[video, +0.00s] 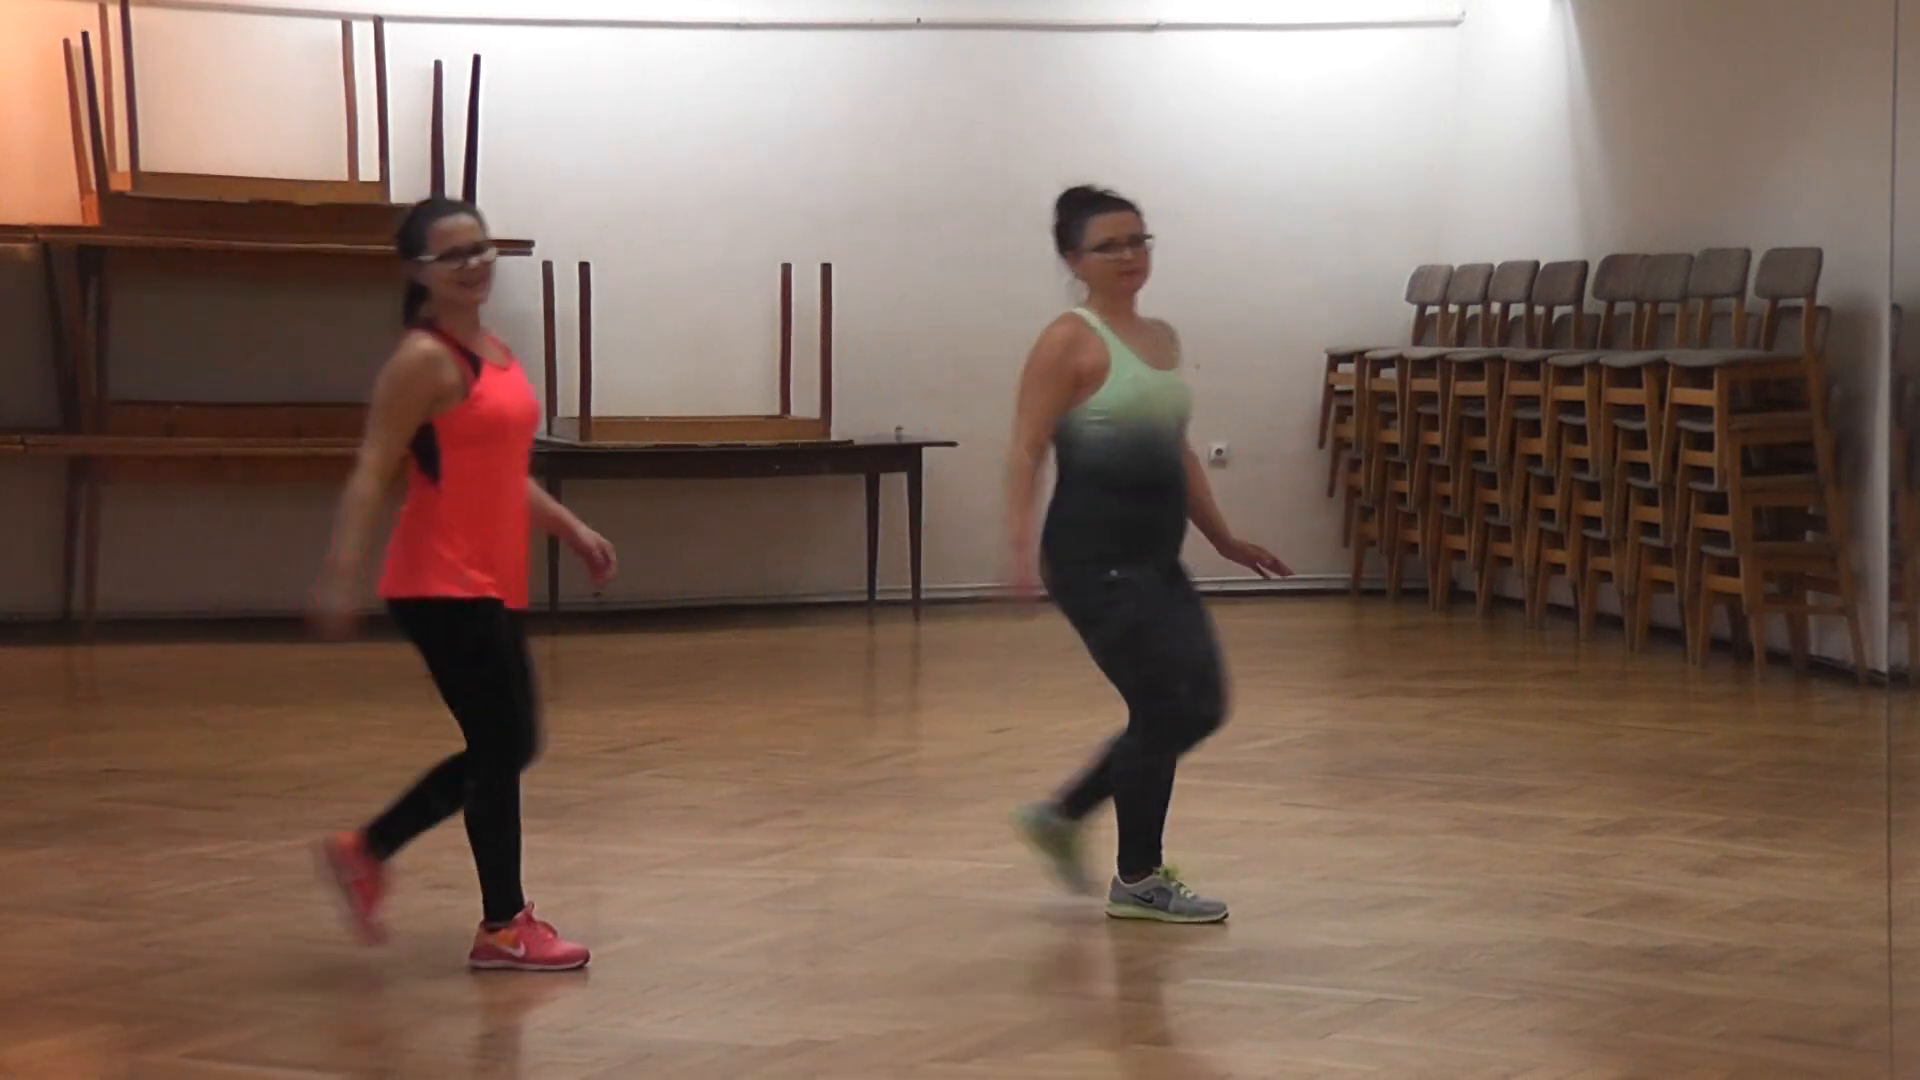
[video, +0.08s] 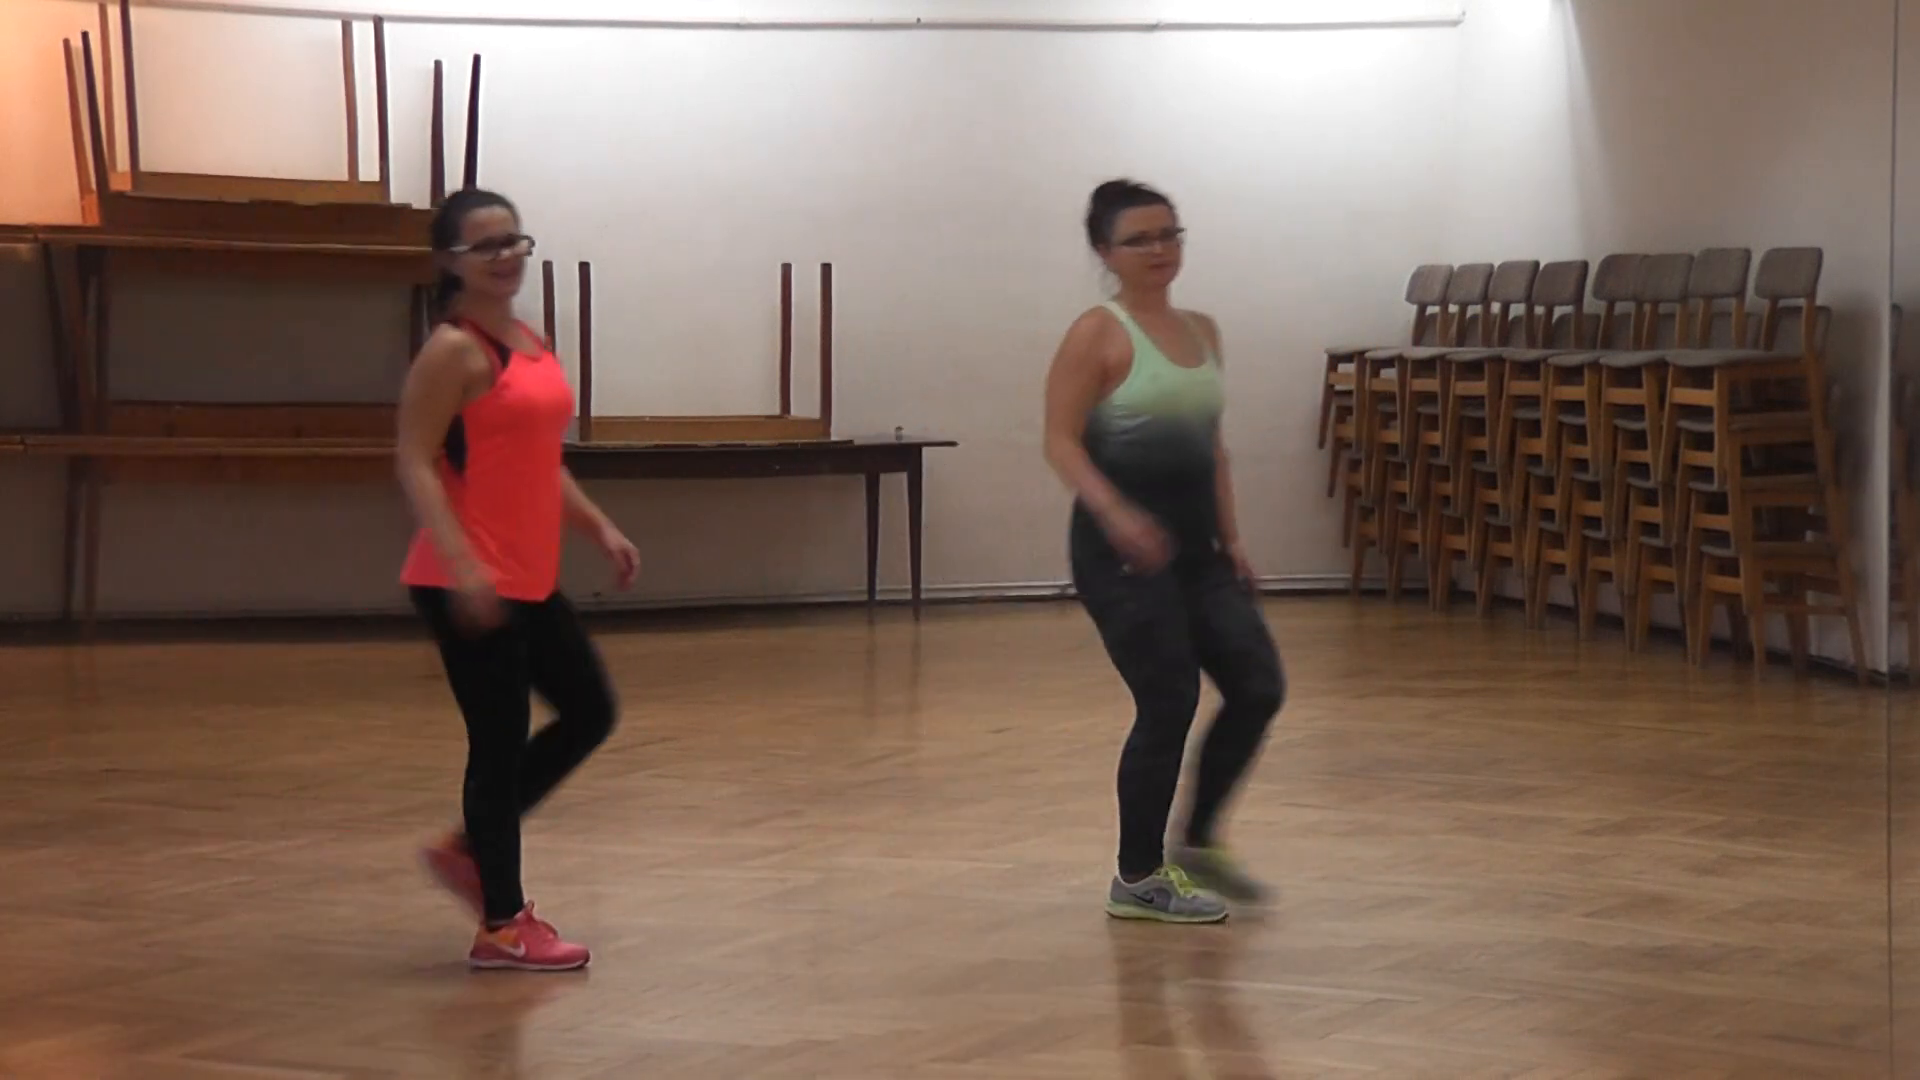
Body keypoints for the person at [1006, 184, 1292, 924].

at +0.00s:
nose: (1131, 256)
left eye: (1137, 242)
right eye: (1111, 247)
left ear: (1150, 247)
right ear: (1074, 262)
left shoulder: (1160, 340)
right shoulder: (1066, 342)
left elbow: (1175, 451)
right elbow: (1026, 452)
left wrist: (1223, 539)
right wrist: (1019, 550)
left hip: (1154, 557)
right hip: (1091, 561)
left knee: (1199, 703)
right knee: (1161, 707)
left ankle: (1060, 814)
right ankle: (1138, 879)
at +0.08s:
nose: (1160, 251)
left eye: (1169, 236)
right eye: (1139, 241)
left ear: (1181, 241)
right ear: (1106, 254)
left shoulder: (1200, 332)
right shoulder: (1096, 334)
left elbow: (1210, 447)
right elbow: (1060, 441)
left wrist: (1229, 538)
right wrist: (1117, 513)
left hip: (1195, 546)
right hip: (1122, 549)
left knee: (1257, 686)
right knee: (1168, 697)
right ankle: (1137, 877)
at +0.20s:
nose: (1204, 239)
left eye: (1214, 223)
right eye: (1184, 229)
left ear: (1229, 227)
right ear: (1151, 239)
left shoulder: (1259, 323)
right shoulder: (1130, 323)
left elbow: (1274, 434)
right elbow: (1104, 430)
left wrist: (1294, 527)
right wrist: (1194, 441)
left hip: (1247, 531)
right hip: (1161, 534)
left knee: (1288, 694)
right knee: (1176, 694)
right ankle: (1141, 873)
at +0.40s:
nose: (1265, 243)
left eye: (1277, 228)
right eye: (1246, 232)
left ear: (1291, 233)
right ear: (1215, 241)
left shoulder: (1328, 322)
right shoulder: (1187, 330)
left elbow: (1368, 418)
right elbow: (1174, 433)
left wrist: (1350, 455)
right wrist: (1222, 460)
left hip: (1314, 533)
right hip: (1223, 537)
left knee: (1317, 702)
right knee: (1220, 703)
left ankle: (1333, 867)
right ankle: (1222, 838)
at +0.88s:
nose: (1300, 248)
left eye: (1310, 229)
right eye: (1280, 240)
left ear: (1331, 225)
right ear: (1259, 251)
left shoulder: (1375, 317)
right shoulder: (1251, 322)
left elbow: (1432, 425)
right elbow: (1218, 410)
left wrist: (1407, 357)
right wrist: (1147, 468)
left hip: (1363, 538)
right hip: (1276, 540)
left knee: (1366, 694)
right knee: (1271, 698)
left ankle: (1400, 842)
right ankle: (1324, 821)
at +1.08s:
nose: (1285, 244)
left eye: (1296, 226)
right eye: (1267, 235)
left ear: (1322, 225)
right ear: (1251, 246)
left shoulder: (1371, 311)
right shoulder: (1263, 310)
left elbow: (1447, 395)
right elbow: (1265, 377)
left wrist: (1407, 378)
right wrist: (1192, 406)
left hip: (1366, 535)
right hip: (1278, 529)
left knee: (1373, 693)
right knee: (1230, 669)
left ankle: (1403, 846)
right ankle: (1256, 844)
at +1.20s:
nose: (1277, 271)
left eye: (1289, 254)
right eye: (1260, 262)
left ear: (1316, 253)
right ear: (1245, 274)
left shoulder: (1360, 340)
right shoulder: (1258, 344)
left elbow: (1416, 433)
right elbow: (1273, 427)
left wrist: (1403, 481)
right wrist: (1222, 459)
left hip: (1353, 559)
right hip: (1266, 557)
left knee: (1361, 703)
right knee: (1222, 698)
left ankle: (1402, 849)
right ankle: (1251, 873)